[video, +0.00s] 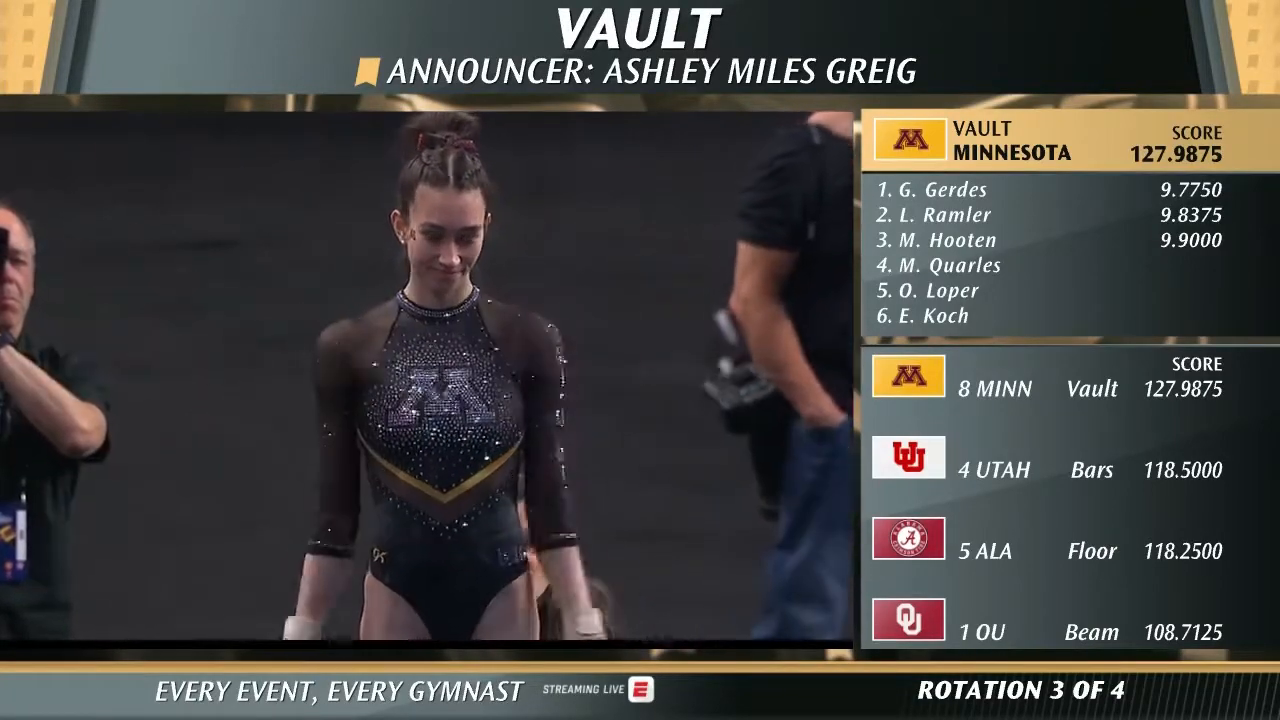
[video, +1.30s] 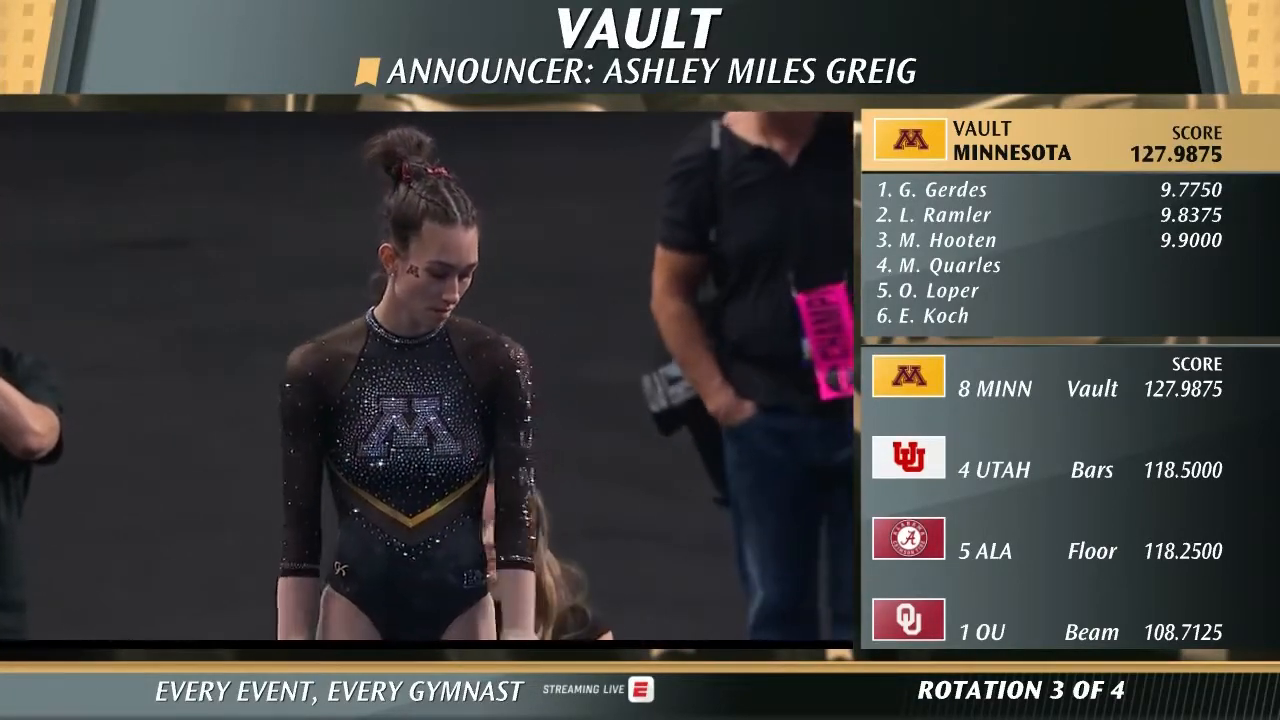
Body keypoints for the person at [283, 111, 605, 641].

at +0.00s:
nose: (451, 255)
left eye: (467, 236)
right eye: (432, 235)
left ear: (487, 226)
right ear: (401, 226)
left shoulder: (530, 341)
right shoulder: (349, 348)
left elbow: (550, 495)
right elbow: (337, 512)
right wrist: (303, 628)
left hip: (503, 588)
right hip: (395, 591)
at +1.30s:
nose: (454, 292)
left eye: (466, 273)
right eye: (437, 272)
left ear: (477, 264)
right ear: (391, 260)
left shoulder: (497, 364)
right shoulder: (317, 367)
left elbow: (514, 517)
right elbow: (300, 528)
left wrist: (519, 646)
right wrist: (293, 657)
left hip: (465, 601)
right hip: (356, 599)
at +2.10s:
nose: (475, 284)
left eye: (486, 266)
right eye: (461, 264)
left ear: (496, 257)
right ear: (412, 248)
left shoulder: (504, 363)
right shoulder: (324, 355)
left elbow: (544, 506)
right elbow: (282, 508)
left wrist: (577, 630)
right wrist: (248, 632)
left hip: (461, 600)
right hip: (352, 597)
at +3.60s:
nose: (468, 241)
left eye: (476, 223)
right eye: (454, 221)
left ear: (483, 213)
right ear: (403, 208)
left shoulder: (489, 310)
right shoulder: (310, 308)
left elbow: (510, 460)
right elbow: (284, 461)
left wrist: (519, 603)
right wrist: (284, 609)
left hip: (458, 558)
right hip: (348, 556)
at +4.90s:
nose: (467, 245)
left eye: (474, 227)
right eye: (453, 226)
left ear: (481, 216)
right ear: (400, 214)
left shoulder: (489, 316)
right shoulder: (311, 318)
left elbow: (500, 468)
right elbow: (290, 473)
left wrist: (473, 597)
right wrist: (331, 590)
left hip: (458, 566)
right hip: (355, 566)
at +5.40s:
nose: (470, 247)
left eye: (478, 229)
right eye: (456, 228)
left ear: (486, 218)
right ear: (404, 215)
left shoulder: (495, 317)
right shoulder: (317, 320)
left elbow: (526, 472)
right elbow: (292, 478)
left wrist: (543, 617)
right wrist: (273, 622)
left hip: (462, 566)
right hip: (354, 565)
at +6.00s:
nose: (466, 250)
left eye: (473, 233)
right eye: (451, 233)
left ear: (480, 222)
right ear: (398, 220)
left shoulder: (493, 319)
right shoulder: (311, 321)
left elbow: (518, 465)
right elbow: (286, 469)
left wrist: (510, 602)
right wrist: (288, 607)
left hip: (461, 570)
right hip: (351, 567)